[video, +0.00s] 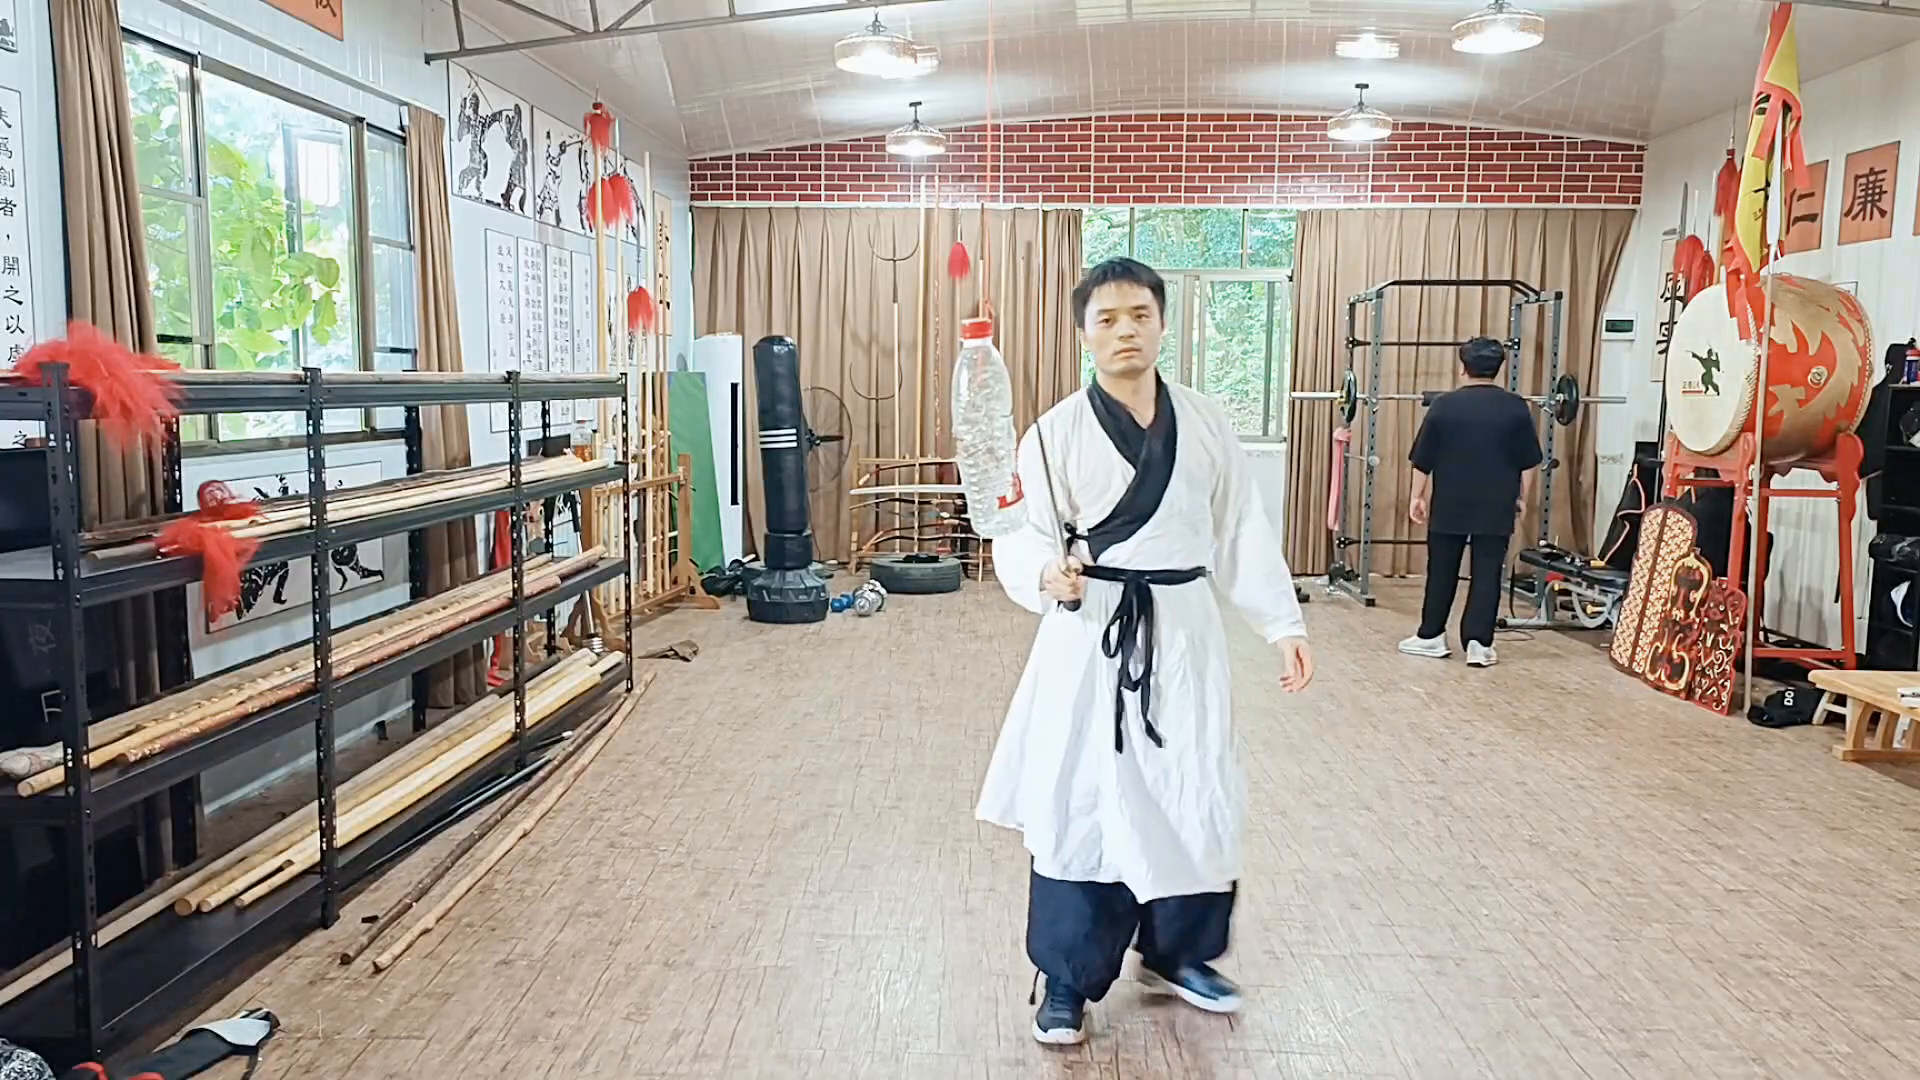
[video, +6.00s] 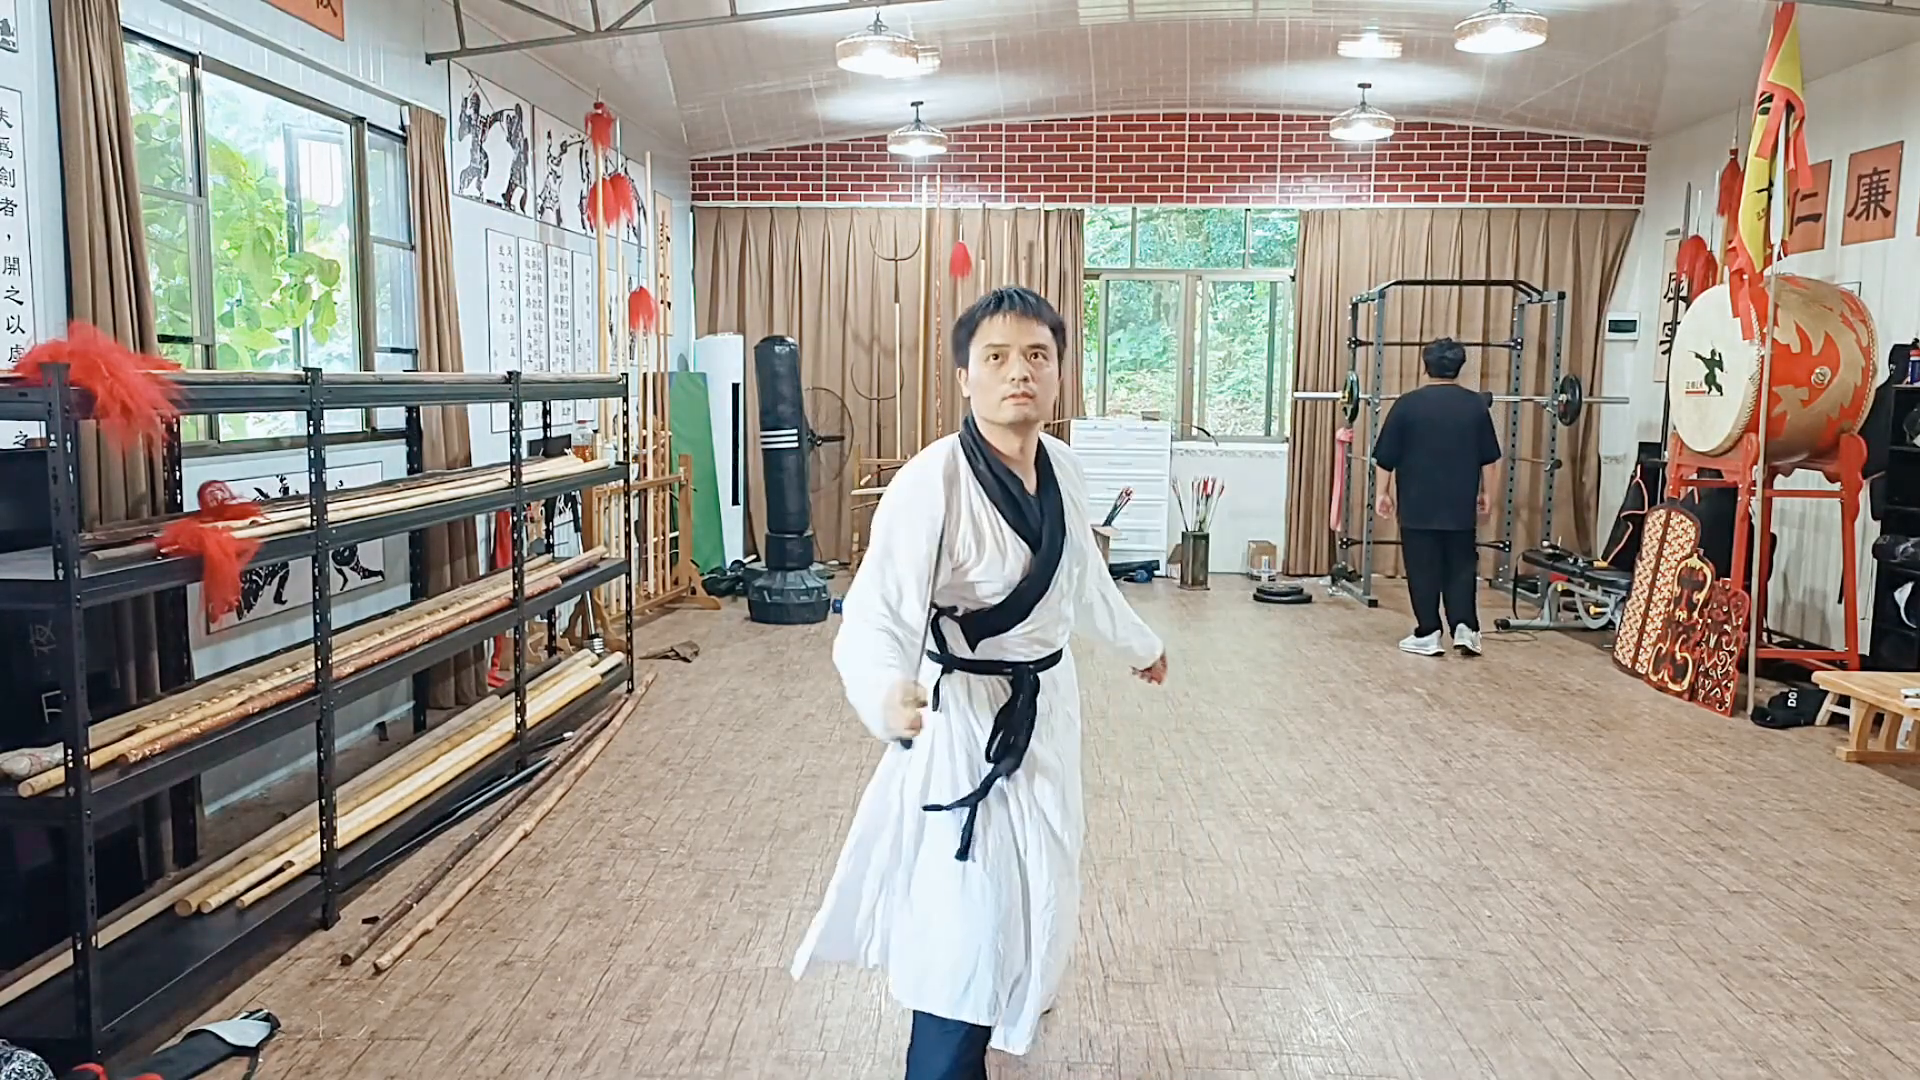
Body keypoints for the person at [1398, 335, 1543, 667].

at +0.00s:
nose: (1457, 369)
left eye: (1460, 365)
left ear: (1464, 368)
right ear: (1499, 369)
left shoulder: (1445, 404)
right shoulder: (1515, 407)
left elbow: (1424, 458)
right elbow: (1530, 461)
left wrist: (1417, 494)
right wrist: (1523, 499)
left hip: (1449, 506)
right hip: (1495, 510)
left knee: (1440, 575)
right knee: (1486, 579)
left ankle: (1430, 638)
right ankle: (1478, 645)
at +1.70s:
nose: (1415, 370)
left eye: (1417, 366)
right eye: (1419, 365)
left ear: (1419, 370)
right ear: (1451, 370)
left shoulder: (1405, 407)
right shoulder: (1471, 405)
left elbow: (1383, 458)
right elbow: (1485, 455)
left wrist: (1373, 495)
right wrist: (1483, 490)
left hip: (1414, 508)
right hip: (1456, 506)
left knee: (1417, 569)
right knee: (1453, 563)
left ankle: (1424, 633)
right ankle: (1459, 625)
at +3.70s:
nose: (1400, 375)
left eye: (1401, 371)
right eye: (1400, 371)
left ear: (1406, 374)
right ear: (1436, 372)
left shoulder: (1398, 409)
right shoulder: (1460, 405)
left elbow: (1381, 464)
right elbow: (1476, 455)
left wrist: (1371, 502)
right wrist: (1478, 490)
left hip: (1411, 506)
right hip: (1453, 504)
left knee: (1413, 569)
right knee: (1444, 563)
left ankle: (1424, 633)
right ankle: (1439, 619)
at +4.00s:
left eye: (1423, 383)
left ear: (1421, 387)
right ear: (1453, 384)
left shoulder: (1408, 423)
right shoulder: (1470, 416)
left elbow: (1388, 472)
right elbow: (1491, 462)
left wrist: (1381, 506)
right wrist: (1489, 490)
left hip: (1420, 513)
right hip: (1460, 512)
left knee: (1412, 563)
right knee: (1460, 569)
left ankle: (1405, 609)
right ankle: (1463, 629)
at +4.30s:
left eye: (1444, 368)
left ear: (1443, 371)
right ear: (1477, 372)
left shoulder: (1431, 407)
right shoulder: (1494, 406)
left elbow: (1412, 460)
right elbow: (1509, 456)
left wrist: (1406, 496)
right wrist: (1511, 492)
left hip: (1436, 504)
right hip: (1480, 505)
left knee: (1428, 560)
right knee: (1471, 570)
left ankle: (1421, 623)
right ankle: (1463, 637)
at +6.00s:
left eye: (1426, 361)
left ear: (1426, 366)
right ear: (1459, 368)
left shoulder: (1408, 403)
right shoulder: (1474, 404)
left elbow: (1386, 456)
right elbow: (1490, 457)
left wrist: (1382, 490)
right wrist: (1488, 494)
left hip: (1417, 506)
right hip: (1460, 506)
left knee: (1421, 570)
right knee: (1461, 566)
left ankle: (1427, 635)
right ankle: (1465, 628)